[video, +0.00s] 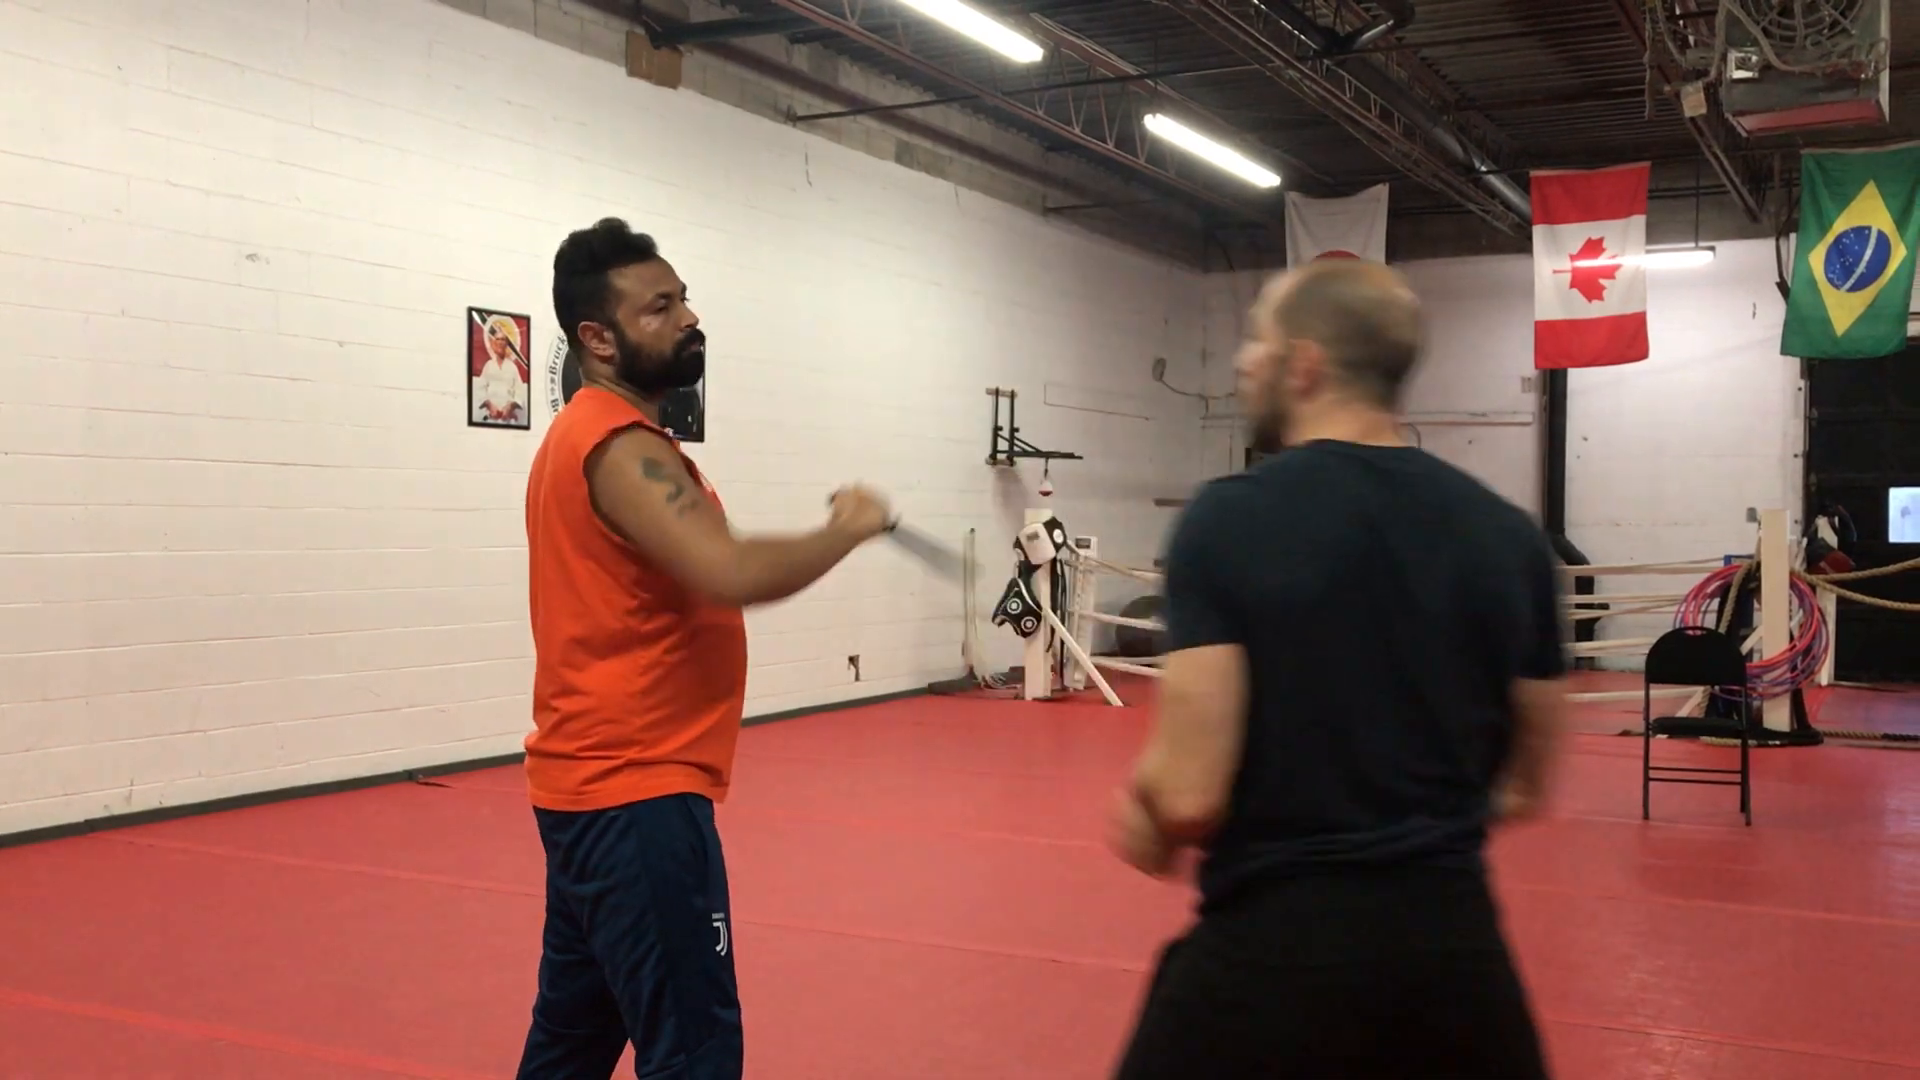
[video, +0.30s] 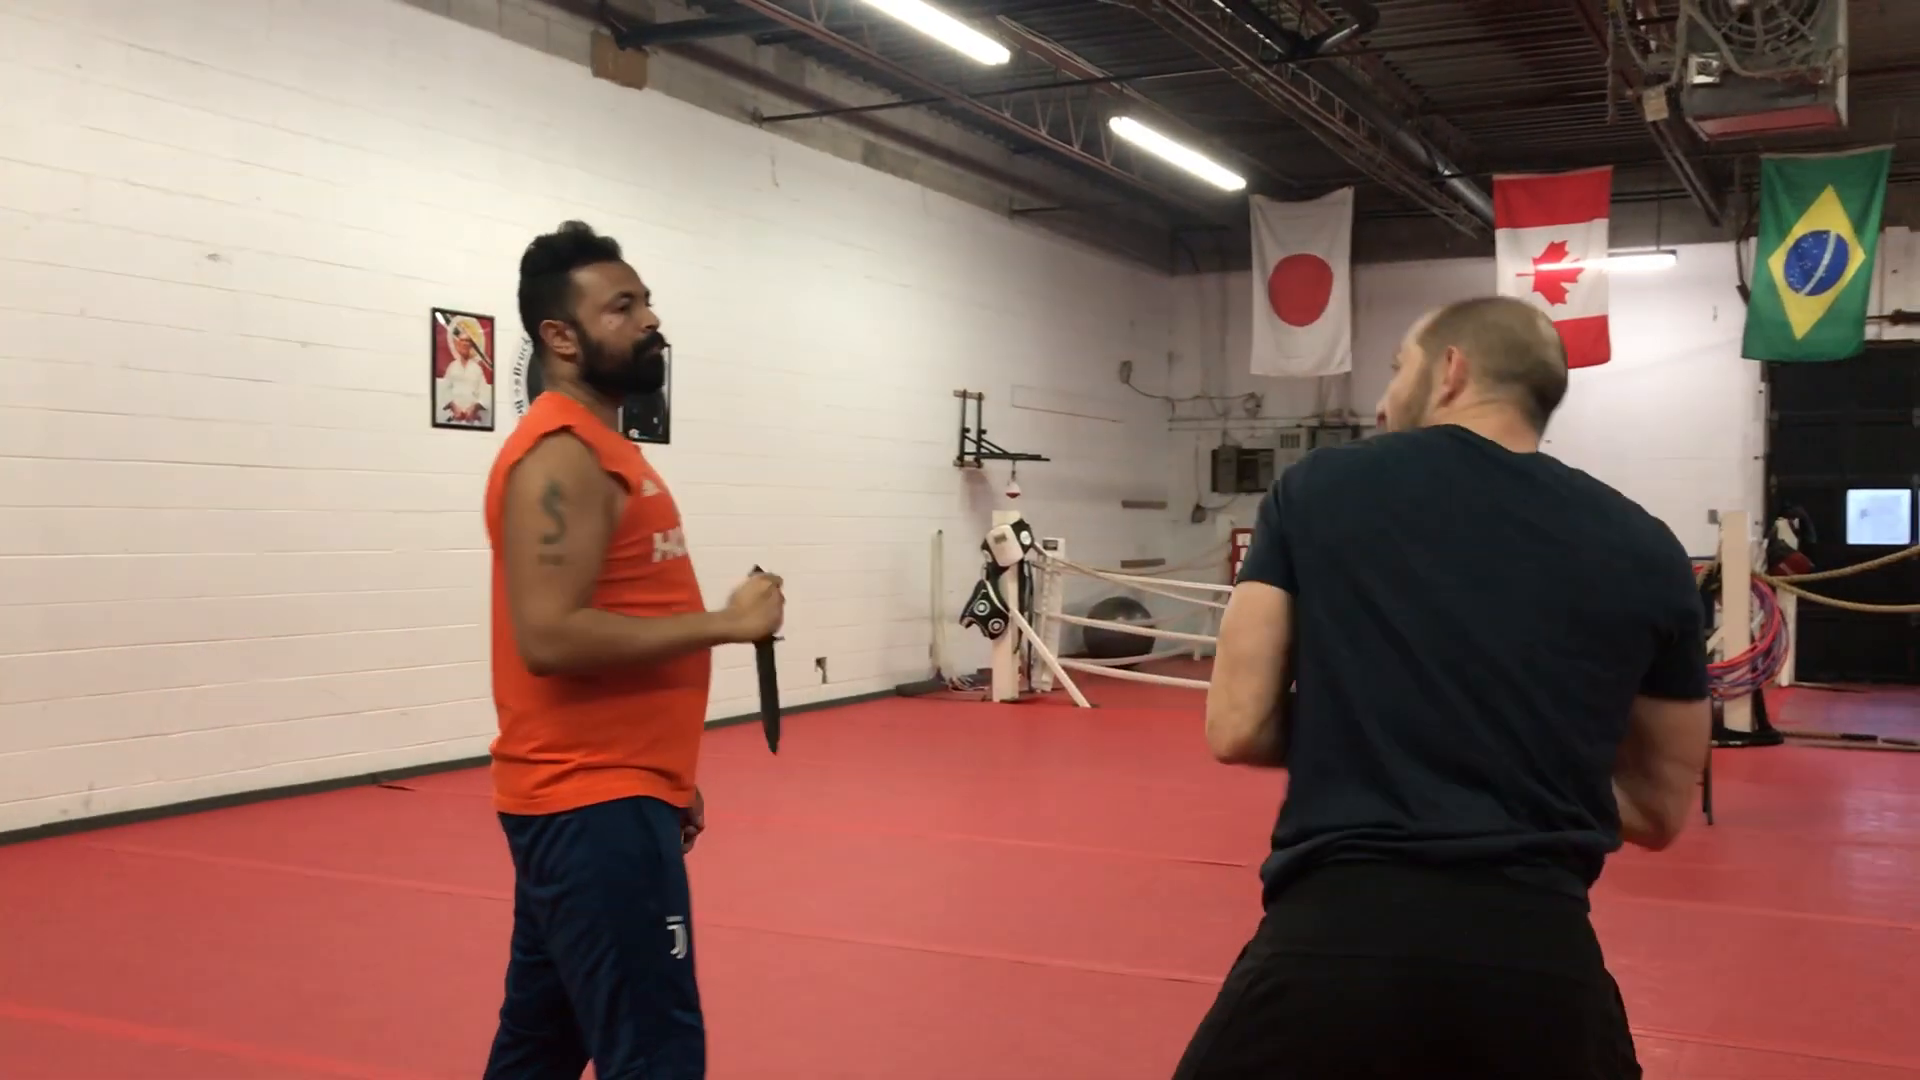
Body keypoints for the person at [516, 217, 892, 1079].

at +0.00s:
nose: (690, 318)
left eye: (682, 299)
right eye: (661, 306)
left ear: (598, 345)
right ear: (598, 339)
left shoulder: (576, 437)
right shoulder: (621, 442)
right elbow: (724, 571)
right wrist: (843, 532)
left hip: (587, 787)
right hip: (639, 793)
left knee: (573, 1040)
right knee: (697, 1050)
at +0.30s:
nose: (651, 321)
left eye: (647, 302)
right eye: (624, 306)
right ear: (559, 336)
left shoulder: (596, 446)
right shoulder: (561, 455)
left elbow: (604, 635)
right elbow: (550, 634)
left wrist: (663, 774)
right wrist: (724, 622)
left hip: (605, 795)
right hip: (590, 801)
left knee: (539, 1049)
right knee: (659, 1057)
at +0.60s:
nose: (583, 336)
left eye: (587, 321)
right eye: (562, 317)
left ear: (590, 336)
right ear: (493, 336)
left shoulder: (578, 471)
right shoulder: (462, 452)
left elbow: (599, 627)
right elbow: (535, 546)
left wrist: (660, 750)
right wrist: (559, 380)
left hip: (580, 795)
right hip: (520, 798)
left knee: (499, 1052)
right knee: (583, 1055)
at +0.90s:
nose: (548, 347)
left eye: (551, 327)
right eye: (525, 326)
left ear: (552, 331)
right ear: (464, 340)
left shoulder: (524, 464)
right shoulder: (416, 444)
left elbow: (549, 631)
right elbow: (500, 465)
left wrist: (622, 759)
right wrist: (461, 341)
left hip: (538, 795)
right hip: (482, 800)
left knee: (461, 1056)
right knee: (563, 1057)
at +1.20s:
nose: (540, 340)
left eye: (541, 320)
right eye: (516, 318)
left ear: (458, 333)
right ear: (449, 327)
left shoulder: (474, 433)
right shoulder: (429, 436)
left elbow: (490, 635)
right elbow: (561, 442)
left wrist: (553, 779)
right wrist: (551, 281)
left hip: (484, 798)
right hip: (471, 804)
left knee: (427, 1053)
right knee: (559, 1057)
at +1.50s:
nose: (545, 335)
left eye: (543, 314)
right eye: (522, 312)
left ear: (449, 329)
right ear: (448, 322)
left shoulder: (404, 433)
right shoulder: (451, 436)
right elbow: (624, 462)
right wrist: (743, 313)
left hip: (406, 801)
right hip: (452, 807)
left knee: (380, 1058)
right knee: (525, 1059)